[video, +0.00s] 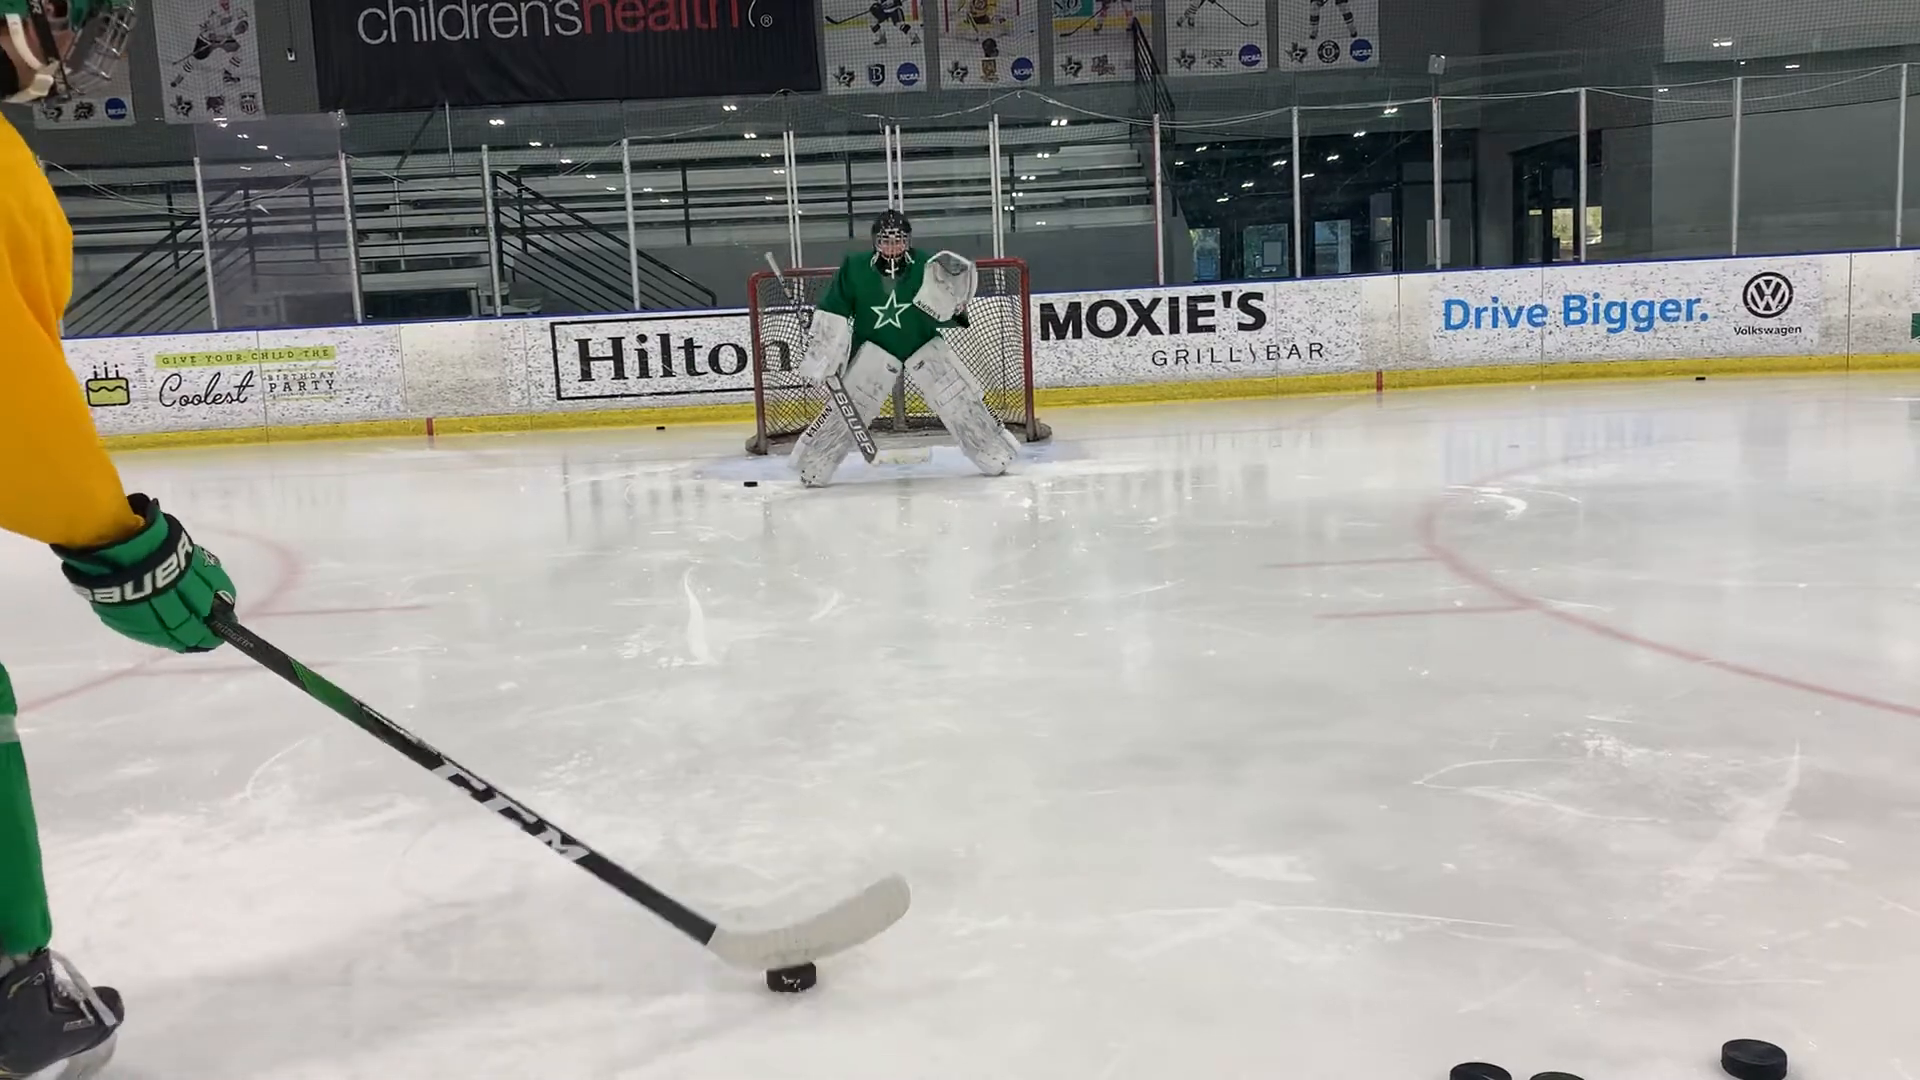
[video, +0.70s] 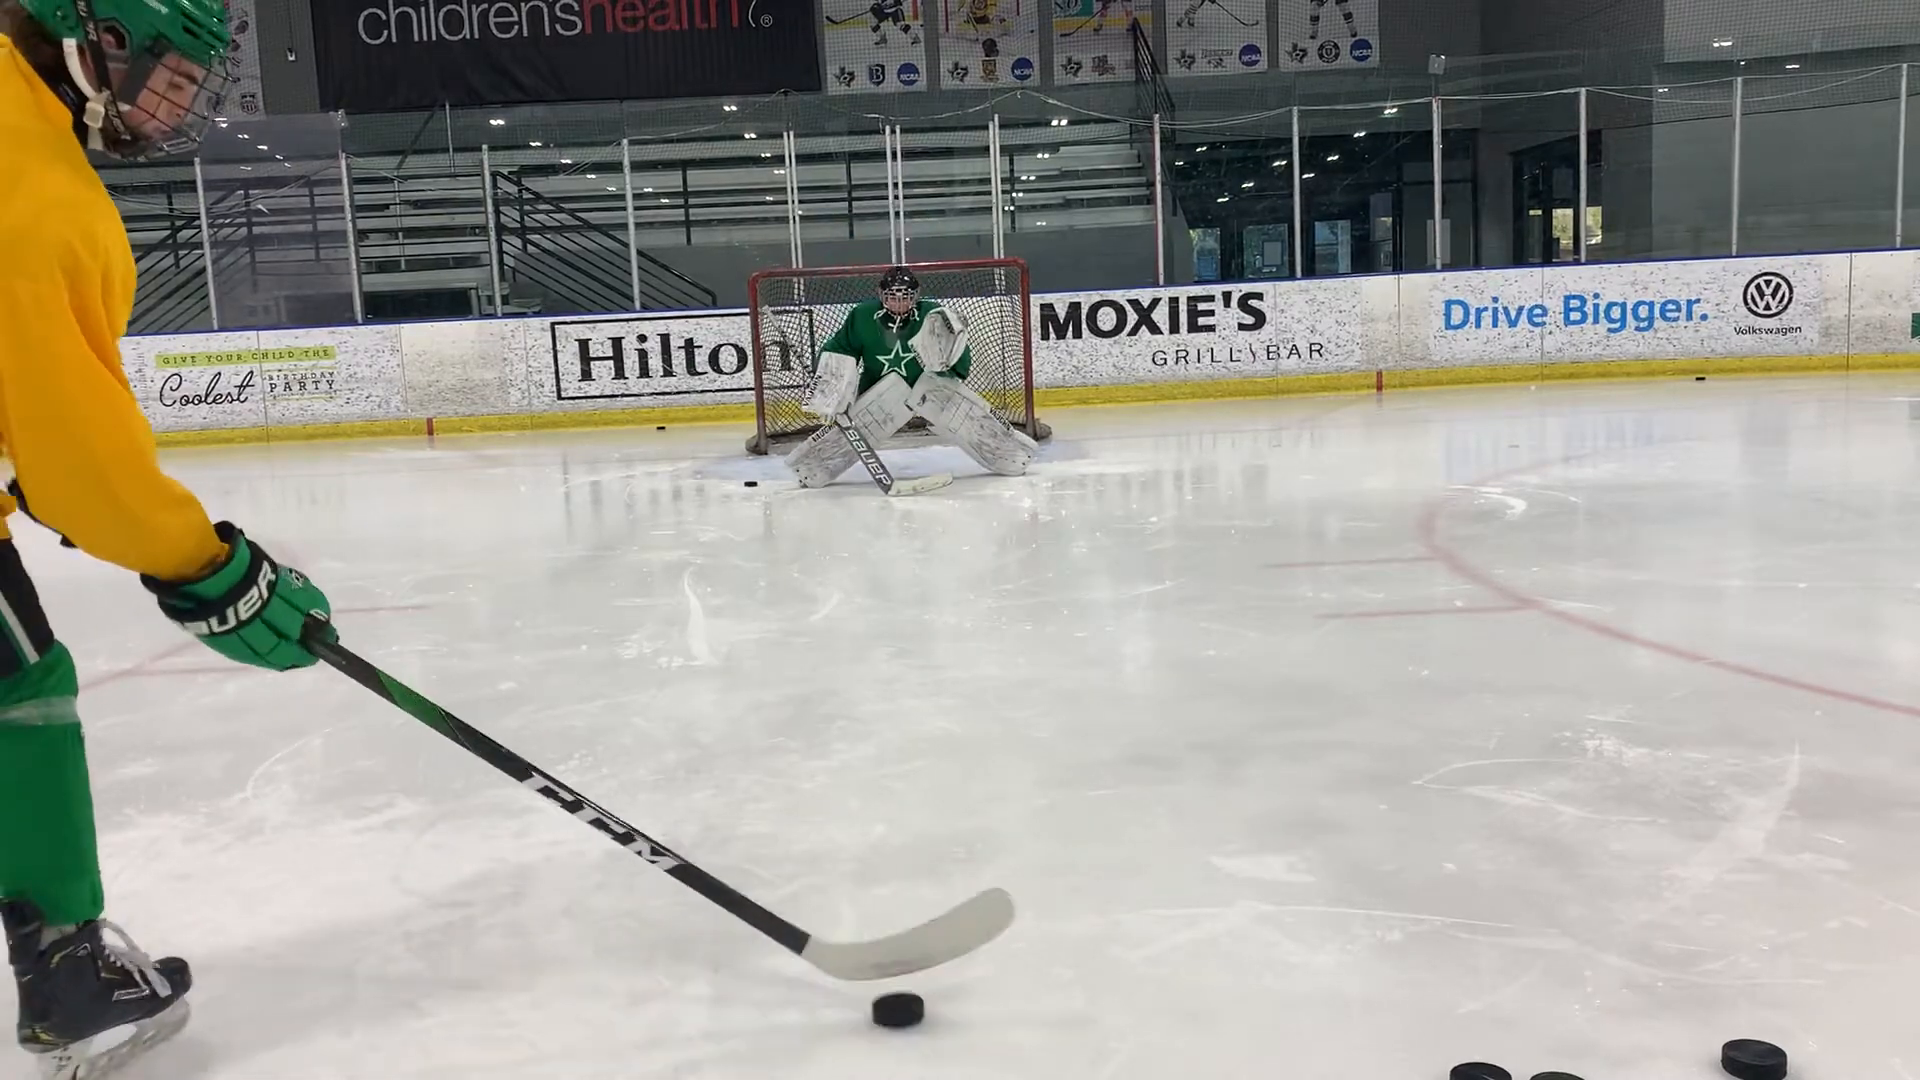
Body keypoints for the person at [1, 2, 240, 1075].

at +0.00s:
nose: (54, 53)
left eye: (56, 30)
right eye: (47, 26)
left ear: (19, 32)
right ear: (12, 26)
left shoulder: (13, 163)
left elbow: (17, 367)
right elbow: (13, 375)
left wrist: (105, 536)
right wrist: (118, 542)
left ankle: (16, 981)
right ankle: (15, 986)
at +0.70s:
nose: (178, 114)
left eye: (193, 91)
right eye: (169, 81)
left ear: (80, 48)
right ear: (88, 46)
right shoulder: (36, 197)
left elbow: (61, 415)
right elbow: (78, 447)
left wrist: (181, 554)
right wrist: (217, 574)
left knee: (27, 685)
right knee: (29, 687)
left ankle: (52, 955)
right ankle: (61, 968)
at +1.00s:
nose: (270, 150)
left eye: (278, 125)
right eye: (267, 121)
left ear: (158, 86)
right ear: (220, 106)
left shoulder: (47, 134)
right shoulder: (164, 233)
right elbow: (193, 459)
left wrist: (121, 517)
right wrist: (300, 609)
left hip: (12, 473)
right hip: (11, 485)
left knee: (132, 650)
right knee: (147, 650)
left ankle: (155, 910)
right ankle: (167, 921)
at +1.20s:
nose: (358, 146)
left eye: (366, 120)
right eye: (357, 116)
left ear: (245, 77)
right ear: (309, 95)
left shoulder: (129, 129)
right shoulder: (241, 196)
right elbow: (254, 412)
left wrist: (223, 504)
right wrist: (336, 550)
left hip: (6, 438)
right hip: (98, 453)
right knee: (248, 635)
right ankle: (324, 857)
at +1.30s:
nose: (401, 152)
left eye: (407, 125)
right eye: (400, 120)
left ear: (283, 79)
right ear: (360, 101)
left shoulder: (142, 88)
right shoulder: (347, 229)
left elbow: (60, 175)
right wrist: (430, 428)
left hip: (19, 423)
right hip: (194, 469)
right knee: (292, 666)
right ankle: (379, 851)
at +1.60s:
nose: (343, 109)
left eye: (349, 88)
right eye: (343, 84)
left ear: (223, 33)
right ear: (313, 62)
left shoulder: (71, 66)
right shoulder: (334, 175)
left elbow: (1, 261)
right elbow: (333, 284)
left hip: (79, 453)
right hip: (270, 465)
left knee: (13, 701)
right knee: (348, 704)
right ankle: (521, 861)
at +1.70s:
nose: (247, 63)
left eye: (245, 45)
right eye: (240, 45)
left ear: (98, 11)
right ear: (210, 33)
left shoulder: (18, 54)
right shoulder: (261, 133)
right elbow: (265, 284)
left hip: (23, 436)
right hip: (217, 430)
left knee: (14, 716)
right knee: (378, 699)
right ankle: (528, 872)